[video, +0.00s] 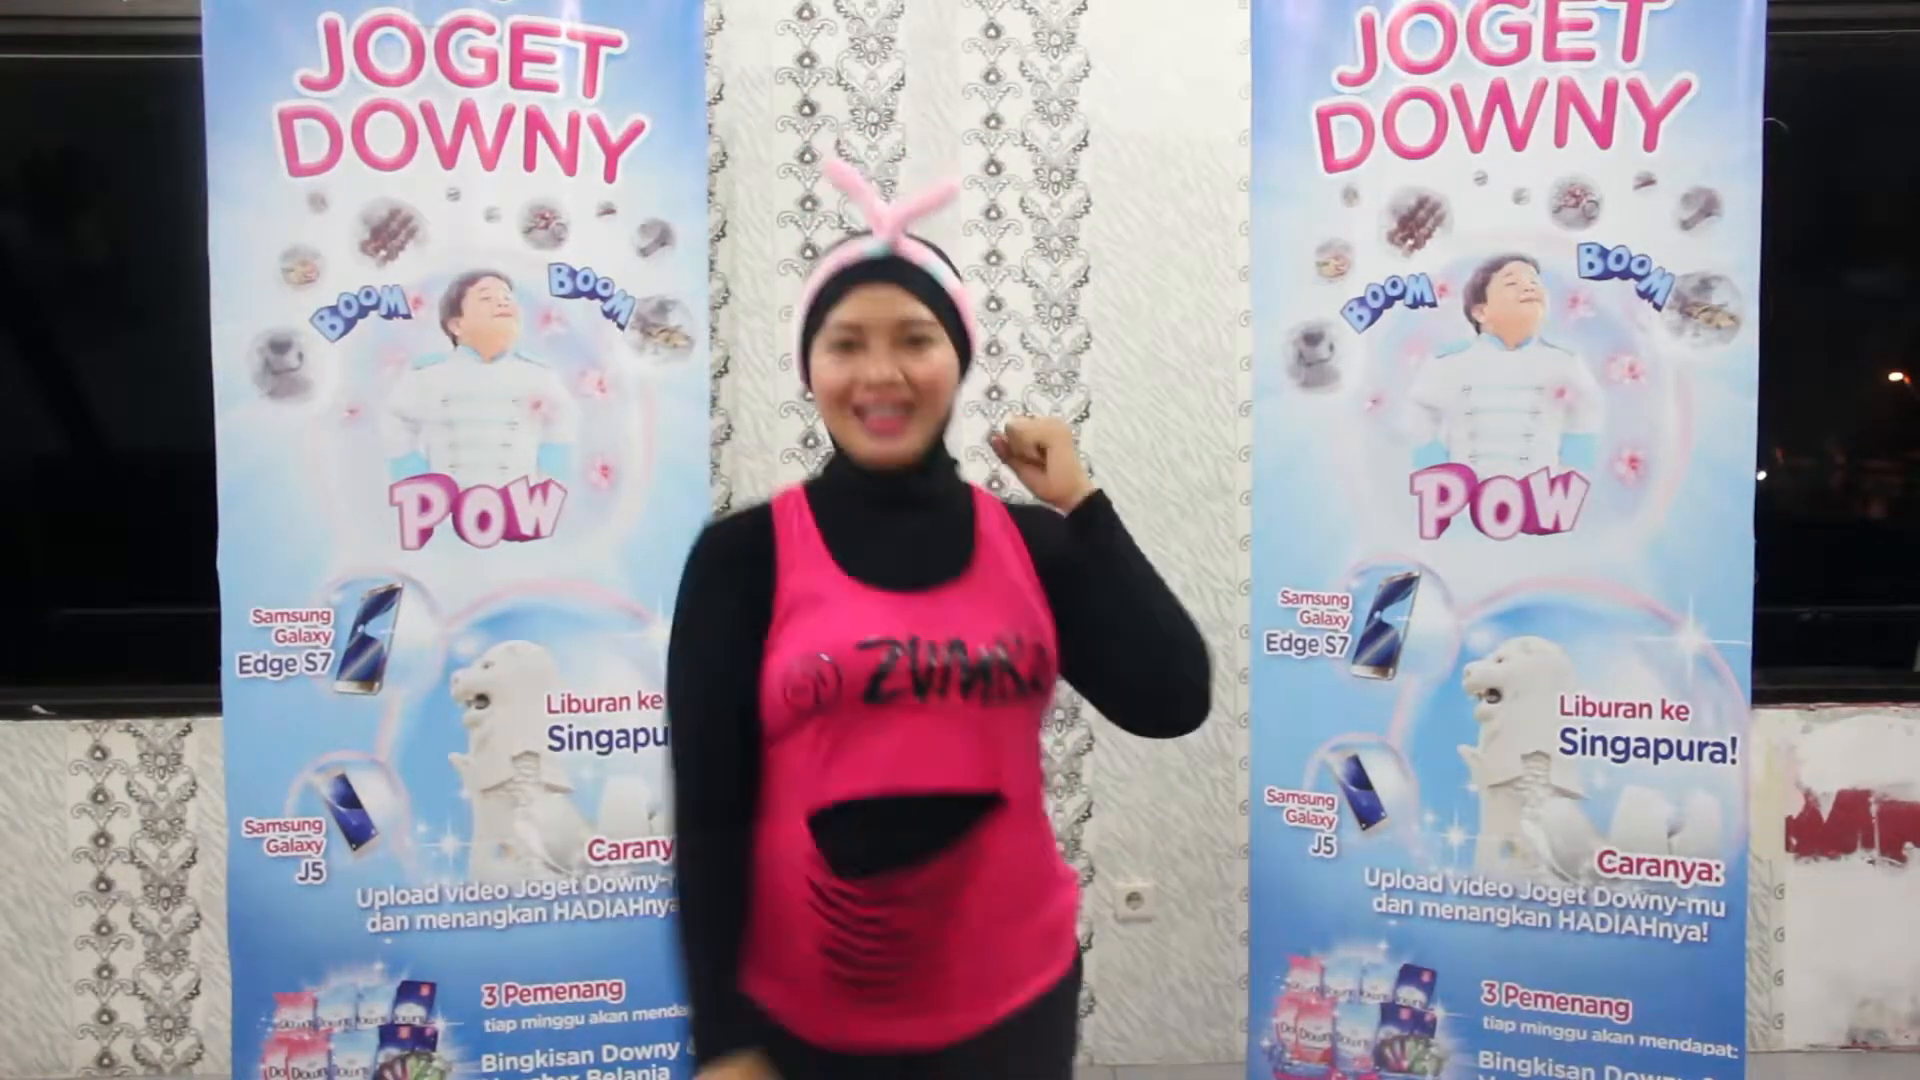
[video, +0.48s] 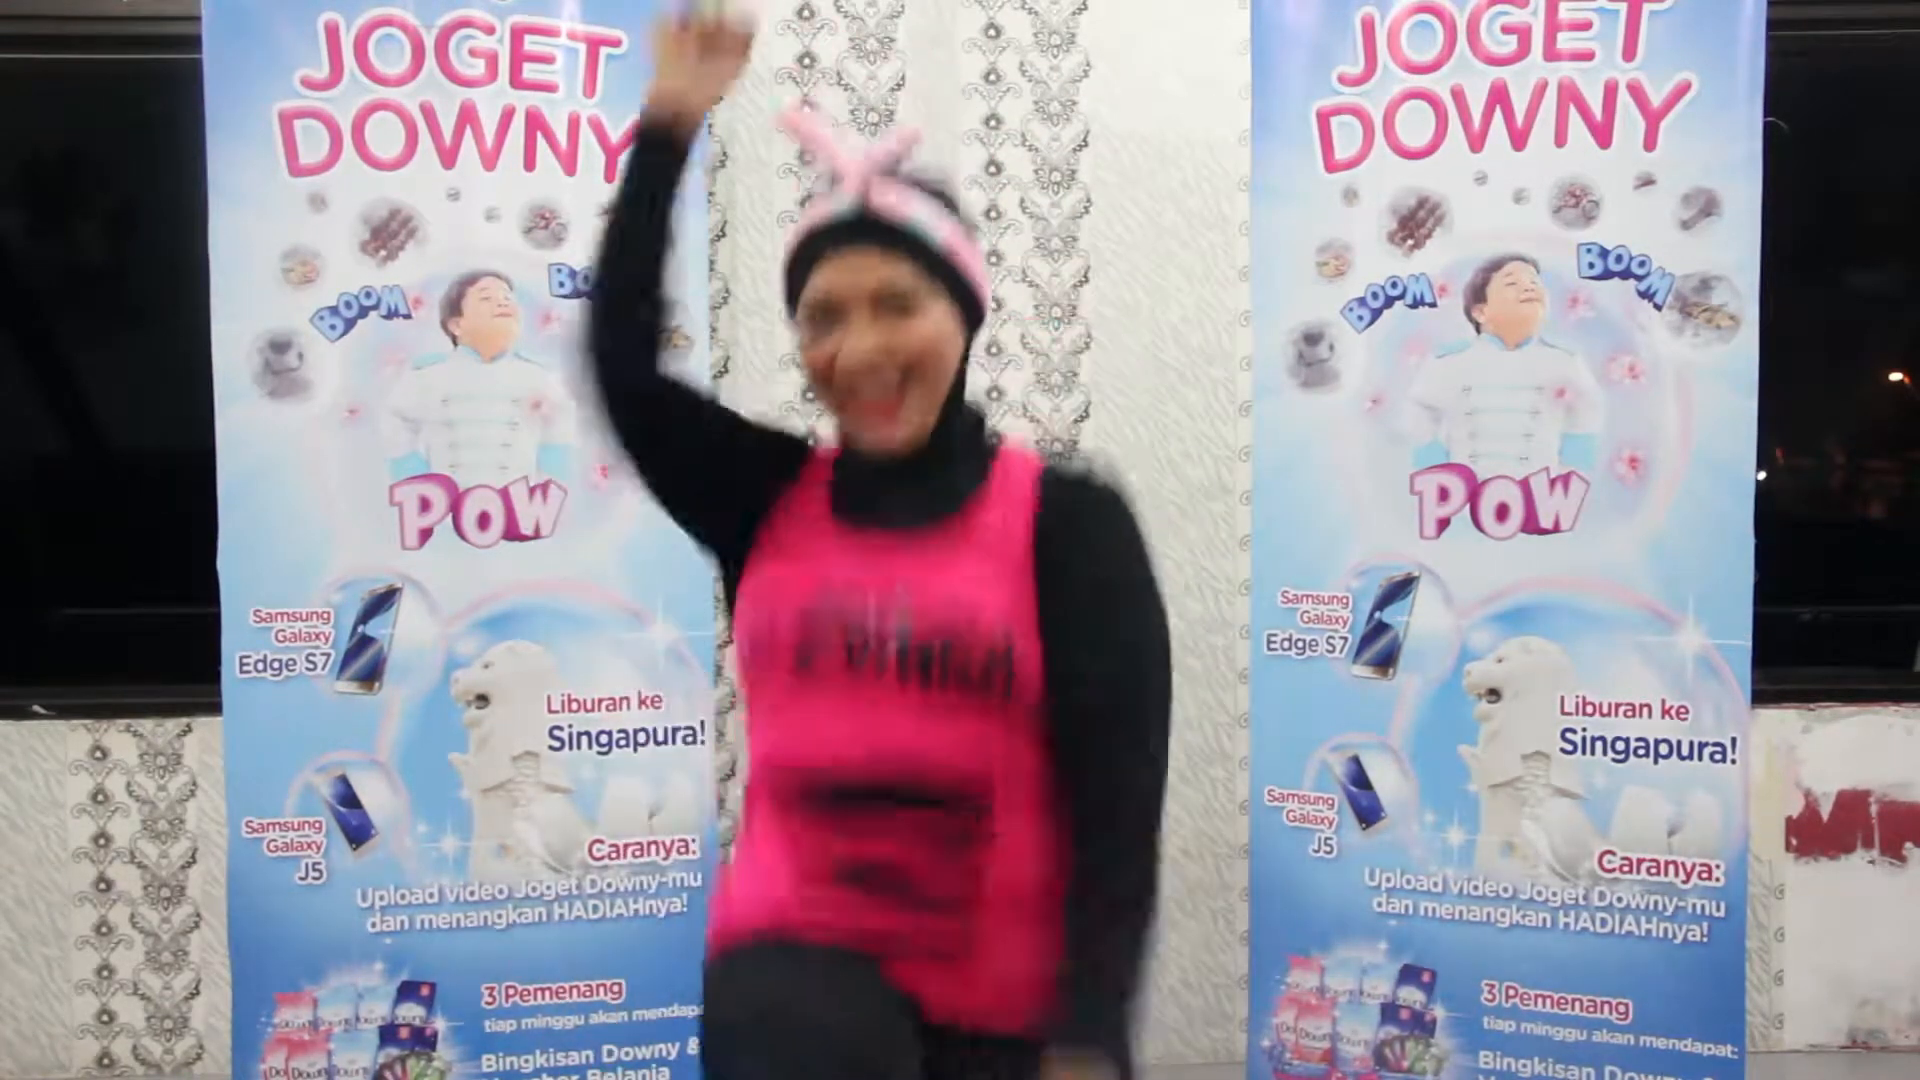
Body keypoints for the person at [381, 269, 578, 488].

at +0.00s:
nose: (502, 302)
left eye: (507, 296)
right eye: (485, 297)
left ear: (518, 314)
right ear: (455, 324)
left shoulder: (538, 378)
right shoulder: (423, 379)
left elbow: (559, 431)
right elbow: (393, 424)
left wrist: (547, 489)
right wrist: (412, 484)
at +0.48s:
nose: (503, 302)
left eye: (508, 296)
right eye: (485, 297)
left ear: (518, 314)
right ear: (455, 324)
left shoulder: (539, 380)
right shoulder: (423, 380)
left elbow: (559, 440)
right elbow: (394, 426)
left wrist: (546, 496)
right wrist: (414, 485)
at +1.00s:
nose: (503, 302)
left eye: (508, 296)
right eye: (485, 297)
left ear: (518, 315)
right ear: (455, 324)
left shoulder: (539, 379)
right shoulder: (421, 380)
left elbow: (560, 444)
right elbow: (396, 436)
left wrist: (543, 501)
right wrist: (416, 495)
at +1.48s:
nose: (503, 302)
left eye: (508, 296)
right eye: (485, 298)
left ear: (518, 315)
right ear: (455, 324)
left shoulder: (539, 378)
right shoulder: (422, 377)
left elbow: (559, 442)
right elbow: (394, 429)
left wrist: (542, 499)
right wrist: (416, 489)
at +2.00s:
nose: (502, 303)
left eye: (508, 297)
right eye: (484, 298)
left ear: (518, 316)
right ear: (455, 324)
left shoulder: (537, 376)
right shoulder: (424, 377)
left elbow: (559, 434)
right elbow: (394, 426)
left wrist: (545, 494)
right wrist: (414, 486)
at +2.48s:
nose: (502, 303)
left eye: (508, 297)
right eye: (485, 298)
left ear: (518, 316)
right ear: (455, 324)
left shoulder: (537, 376)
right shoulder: (424, 377)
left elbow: (559, 434)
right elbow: (394, 426)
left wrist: (545, 494)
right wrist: (414, 486)